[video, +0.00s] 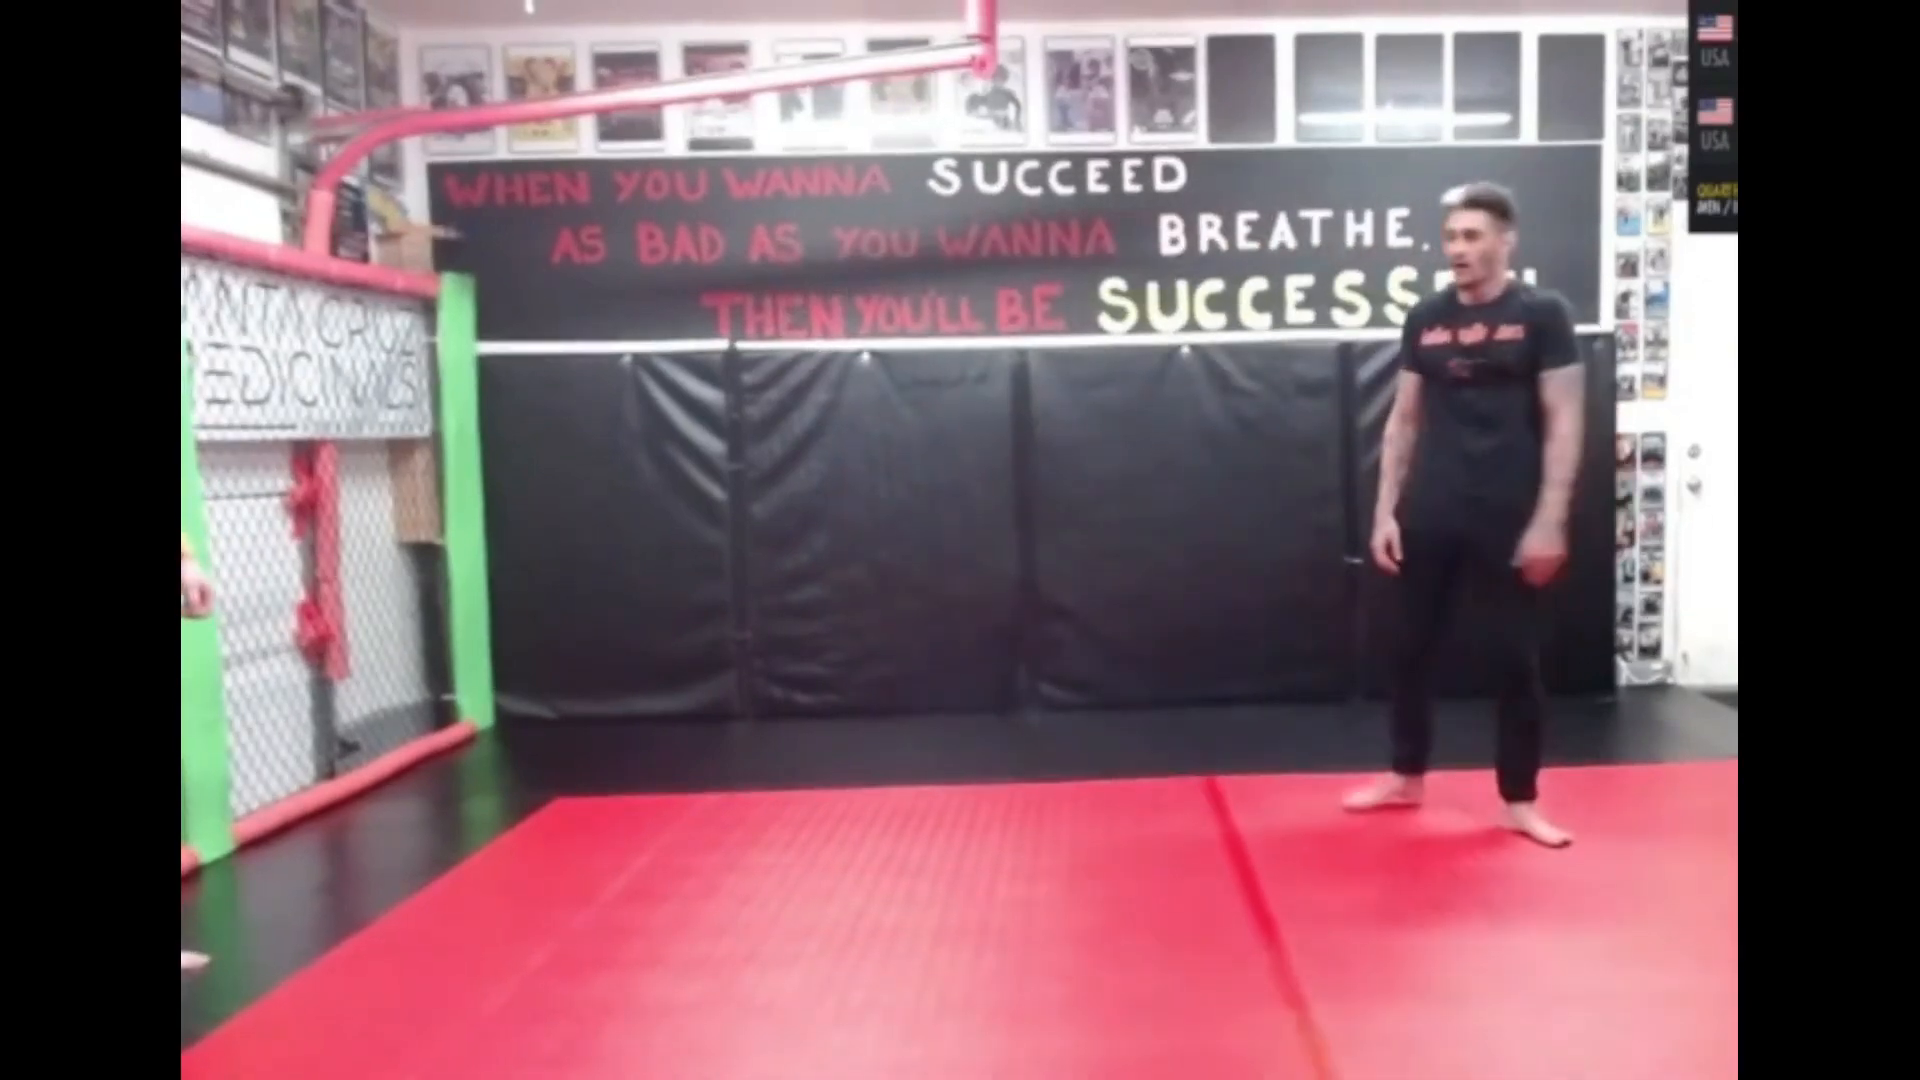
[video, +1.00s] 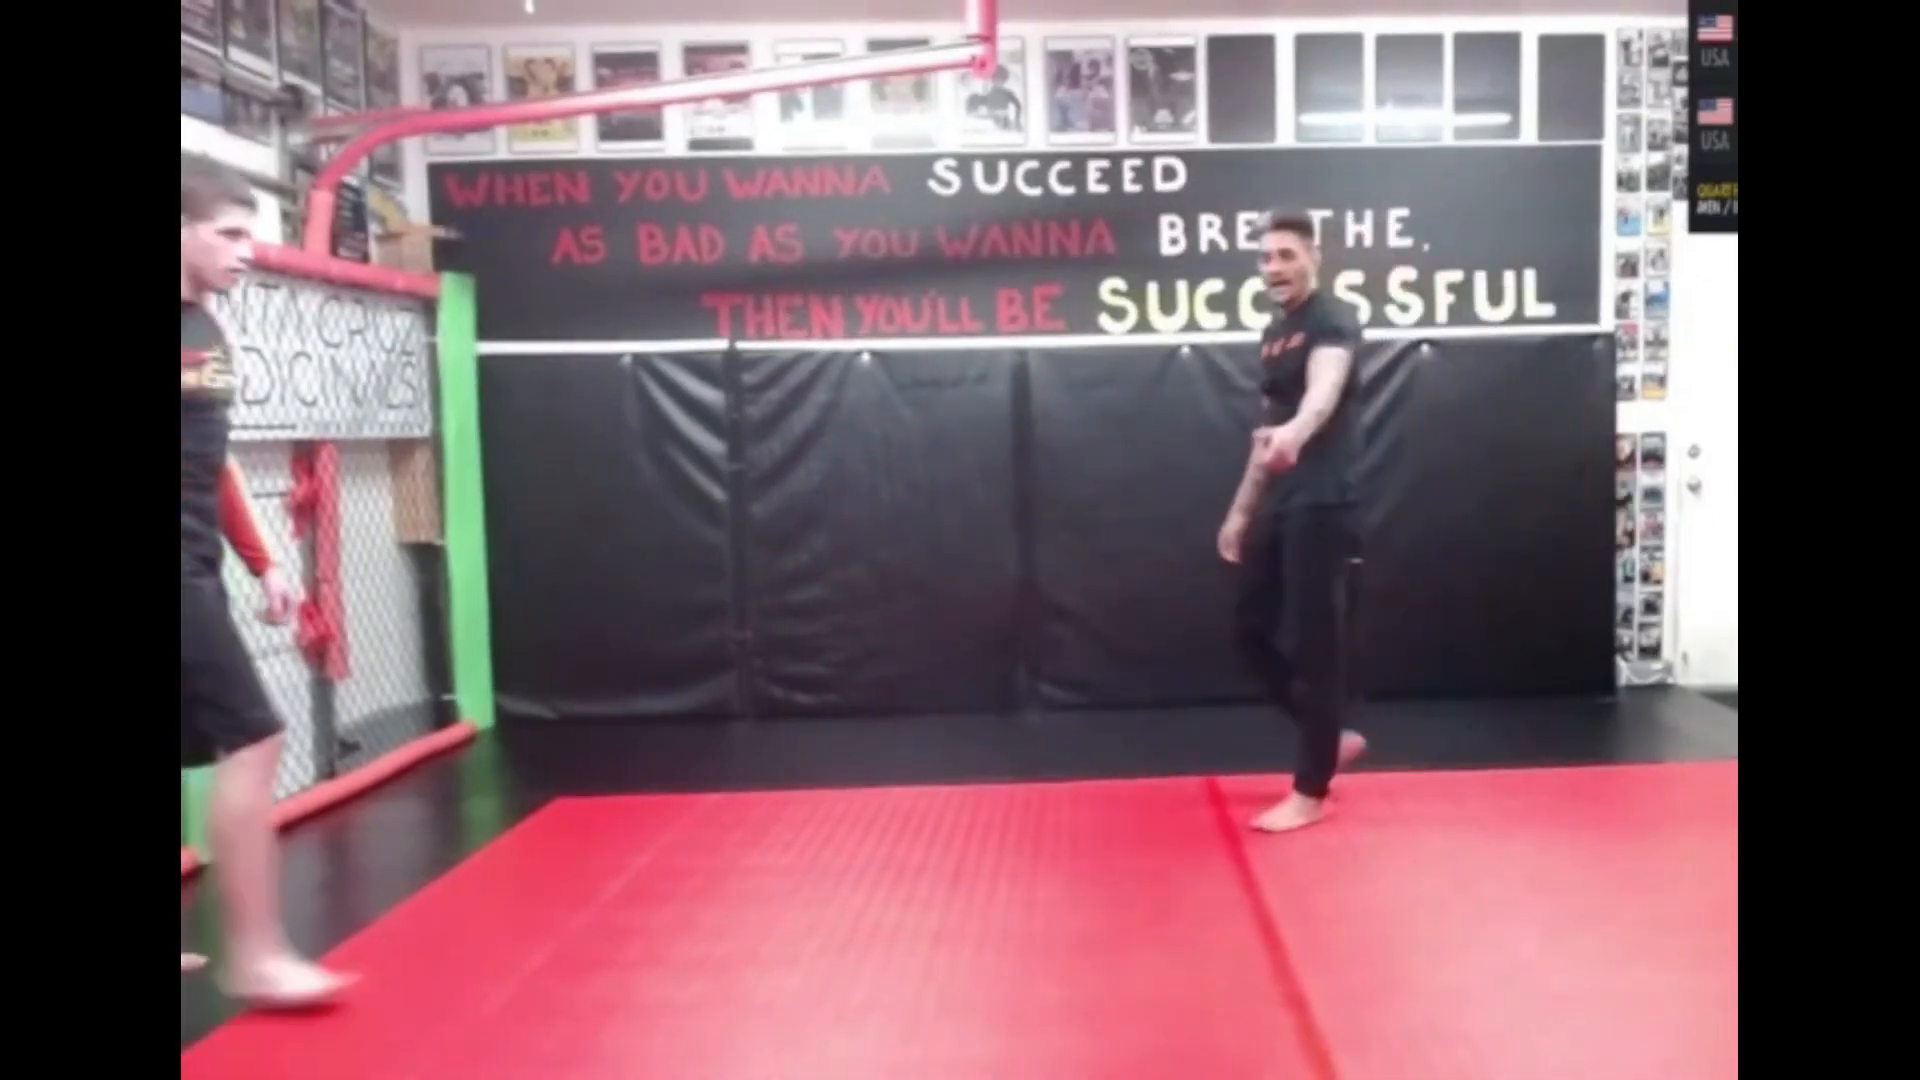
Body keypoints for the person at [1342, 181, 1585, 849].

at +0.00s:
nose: (1459, 248)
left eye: (1472, 236)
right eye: (1450, 237)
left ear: (1507, 241)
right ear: (1443, 245)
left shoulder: (1542, 317)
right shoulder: (1425, 320)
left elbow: (1564, 425)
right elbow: (1403, 420)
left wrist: (1549, 521)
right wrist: (1385, 510)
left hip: (1513, 514)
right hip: (1434, 509)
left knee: (1518, 656)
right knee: (1412, 643)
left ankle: (1520, 799)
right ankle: (1404, 775)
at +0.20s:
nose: (1422, 259)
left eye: (1434, 246)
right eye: (1416, 248)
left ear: (1469, 250)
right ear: (1410, 258)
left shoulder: (1503, 323)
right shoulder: (1403, 331)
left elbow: (1515, 425)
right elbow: (1388, 428)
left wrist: (1483, 518)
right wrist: (1374, 514)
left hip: (1477, 509)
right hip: (1410, 508)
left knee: (1499, 653)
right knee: (1396, 636)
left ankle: (1516, 797)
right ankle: (1402, 757)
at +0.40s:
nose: (1382, 271)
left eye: (1393, 259)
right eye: (1374, 261)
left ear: (1422, 263)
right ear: (1367, 270)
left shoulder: (1445, 329)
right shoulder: (1358, 344)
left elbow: (1457, 414)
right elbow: (1345, 433)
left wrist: (1422, 472)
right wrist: (1324, 516)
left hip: (1422, 494)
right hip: (1366, 497)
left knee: (1422, 632)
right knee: (1378, 628)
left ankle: (1459, 785)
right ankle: (1404, 756)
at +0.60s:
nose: (1355, 270)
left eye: (1367, 259)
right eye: (1348, 261)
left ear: (1394, 265)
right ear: (1342, 271)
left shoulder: (1416, 322)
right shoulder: (1340, 344)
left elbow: (1430, 387)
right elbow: (1327, 437)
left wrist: (1421, 434)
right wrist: (1300, 518)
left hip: (1406, 490)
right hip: (1355, 494)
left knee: (1377, 626)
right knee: (1375, 626)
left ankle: (1375, 779)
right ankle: (1404, 759)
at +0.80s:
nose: (1314, 274)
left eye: (1326, 263)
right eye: (1307, 264)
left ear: (1355, 267)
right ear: (1302, 273)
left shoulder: (1377, 325)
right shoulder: (1309, 347)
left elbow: (1379, 397)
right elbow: (1298, 441)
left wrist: (1352, 418)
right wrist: (1276, 523)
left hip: (1367, 503)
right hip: (1324, 503)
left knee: (1333, 636)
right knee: (1356, 633)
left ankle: (1309, 788)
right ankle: (1403, 758)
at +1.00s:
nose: (1274, 267)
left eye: (1286, 256)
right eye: (1267, 257)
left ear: (1314, 258)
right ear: (1263, 265)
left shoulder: (1333, 319)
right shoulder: (1277, 335)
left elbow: (1323, 394)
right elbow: (1267, 434)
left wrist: (1294, 434)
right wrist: (1240, 512)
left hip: (1322, 503)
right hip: (1279, 504)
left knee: (1314, 641)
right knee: (1254, 634)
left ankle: (1310, 790)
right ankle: (1330, 735)